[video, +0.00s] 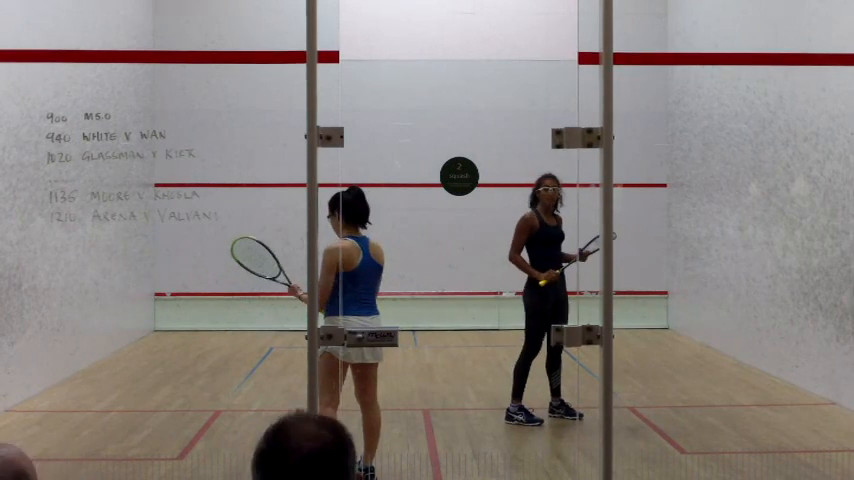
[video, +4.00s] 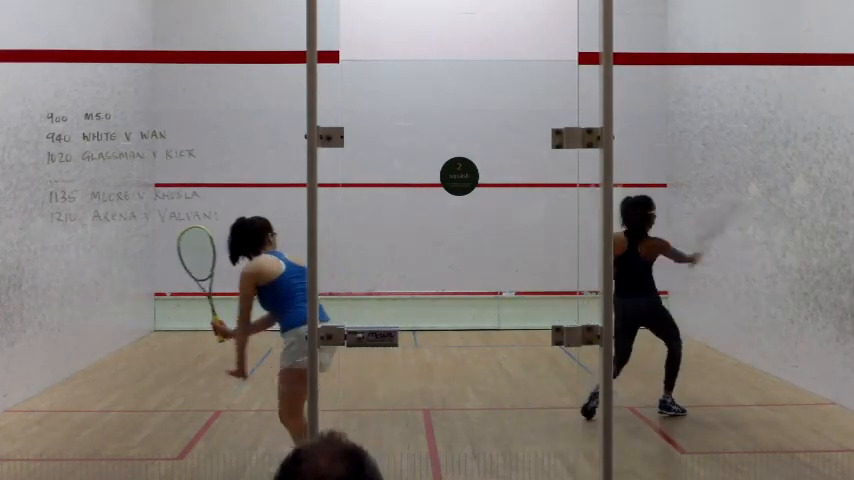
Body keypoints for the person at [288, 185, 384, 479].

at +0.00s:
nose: (330, 222)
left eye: (331, 216)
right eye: (330, 216)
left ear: (338, 216)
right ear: (362, 216)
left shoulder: (335, 252)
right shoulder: (377, 250)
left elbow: (320, 302)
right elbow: (369, 295)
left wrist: (302, 295)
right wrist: (315, 295)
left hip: (337, 333)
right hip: (370, 332)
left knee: (328, 403)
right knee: (368, 401)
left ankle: (324, 466)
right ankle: (367, 465)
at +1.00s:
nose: (299, 220)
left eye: (303, 214)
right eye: (300, 214)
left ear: (318, 217)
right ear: (327, 218)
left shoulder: (332, 251)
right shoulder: (335, 249)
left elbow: (322, 302)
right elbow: (319, 300)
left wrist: (283, 296)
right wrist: (289, 314)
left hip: (335, 334)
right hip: (351, 331)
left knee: (320, 403)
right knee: (351, 396)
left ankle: (325, 463)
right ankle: (374, 459)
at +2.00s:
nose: (335, 248)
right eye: (334, 245)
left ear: (304, 251)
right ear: (331, 247)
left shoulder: (309, 273)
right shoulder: (355, 267)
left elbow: (313, 319)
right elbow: (355, 313)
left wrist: (316, 346)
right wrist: (326, 344)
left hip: (353, 335)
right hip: (384, 332)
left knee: (318, 404)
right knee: (373, 397)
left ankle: (325, 464)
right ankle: (385, 461)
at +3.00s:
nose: (330, 245)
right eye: (329, 242)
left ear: (300, 251)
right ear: (326, 244)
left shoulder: (306, 273)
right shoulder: (351, 262)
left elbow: (314, 320)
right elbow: (352, 312)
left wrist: (321, 354)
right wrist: (316, 342)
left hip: (352, 332)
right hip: (384, 328)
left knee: (322, 403)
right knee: (374, 395)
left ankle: (325, 463)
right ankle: (382, 461)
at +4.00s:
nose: (275, 237)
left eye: (274, 234)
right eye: (273, 234)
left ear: (245, 245)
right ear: (269, 238)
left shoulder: (252, 270)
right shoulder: (291, 261)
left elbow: (243, 322)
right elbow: (273, 317)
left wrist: (241, 369)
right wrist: (232, 333)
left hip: (301, 338)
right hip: (323, 332)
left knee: (289, 415)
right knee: (294, 411)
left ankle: (315, 467)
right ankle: (317, 463)